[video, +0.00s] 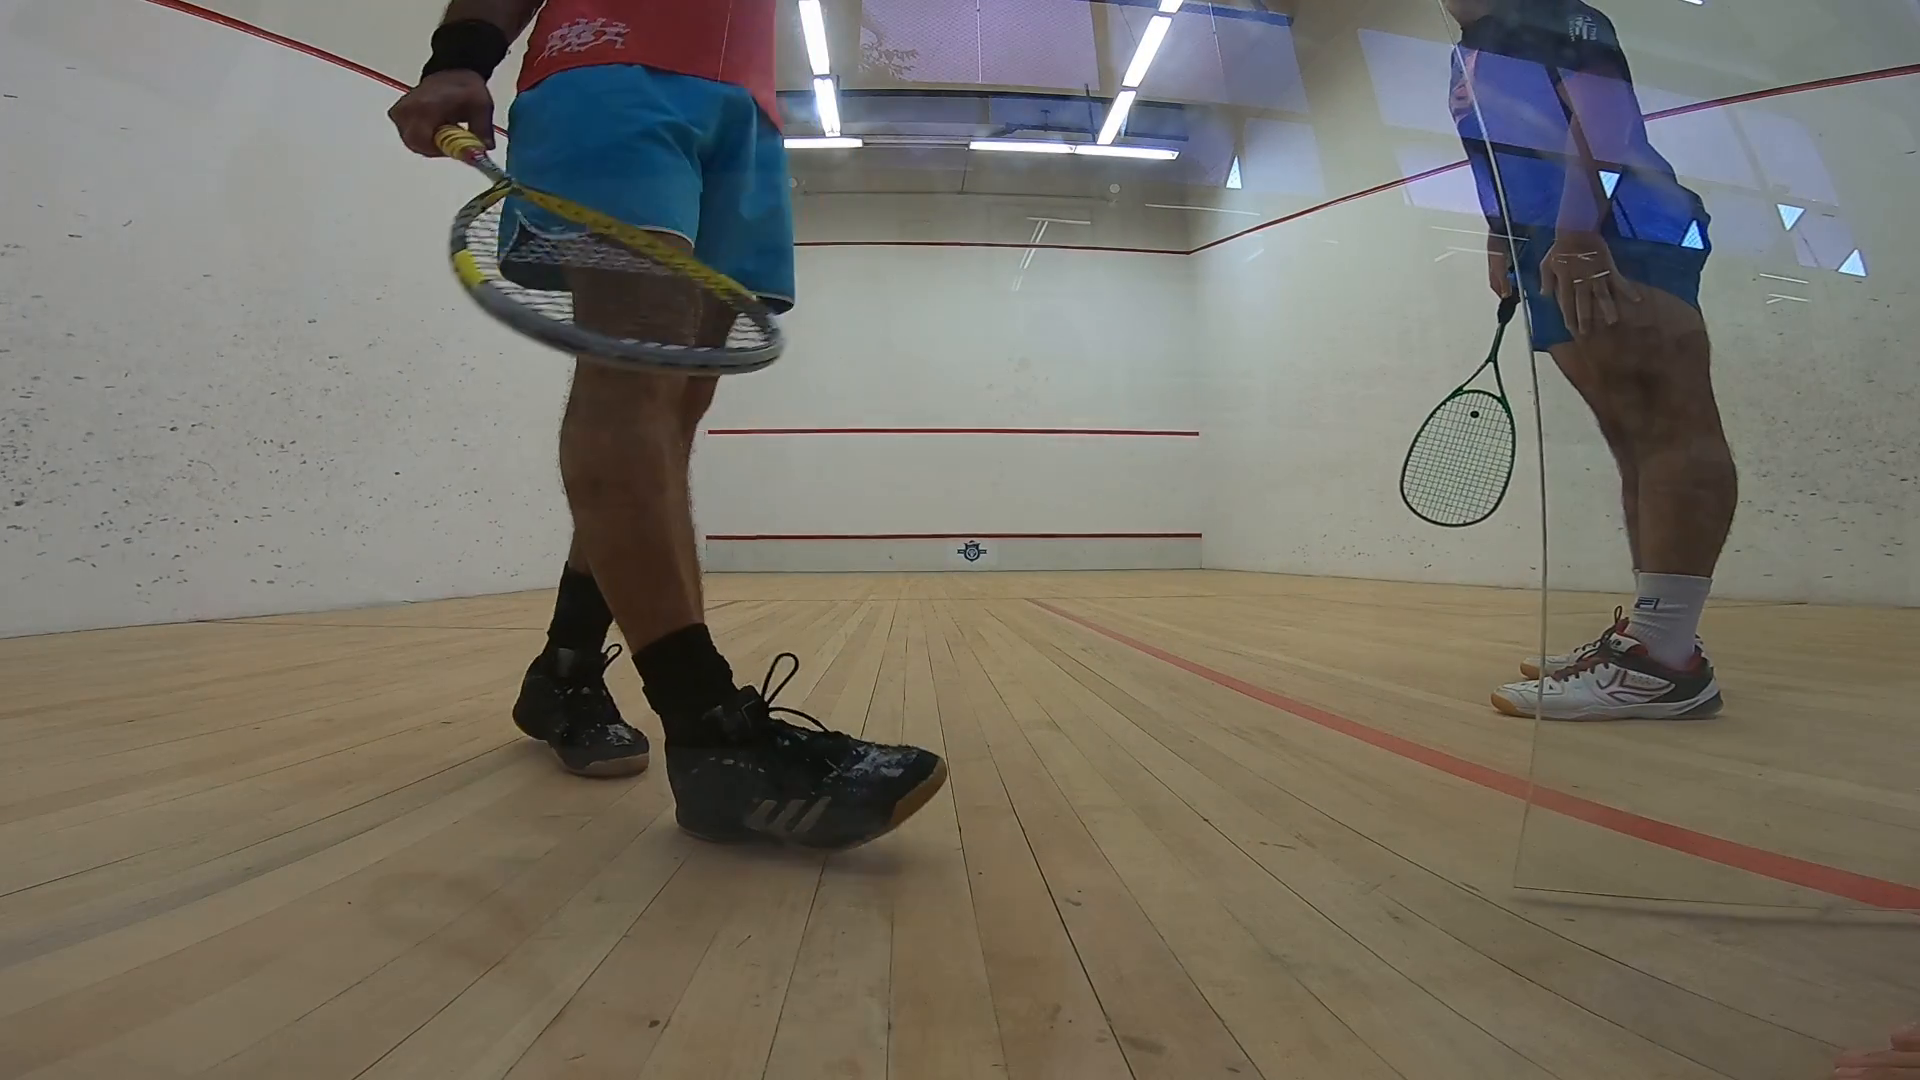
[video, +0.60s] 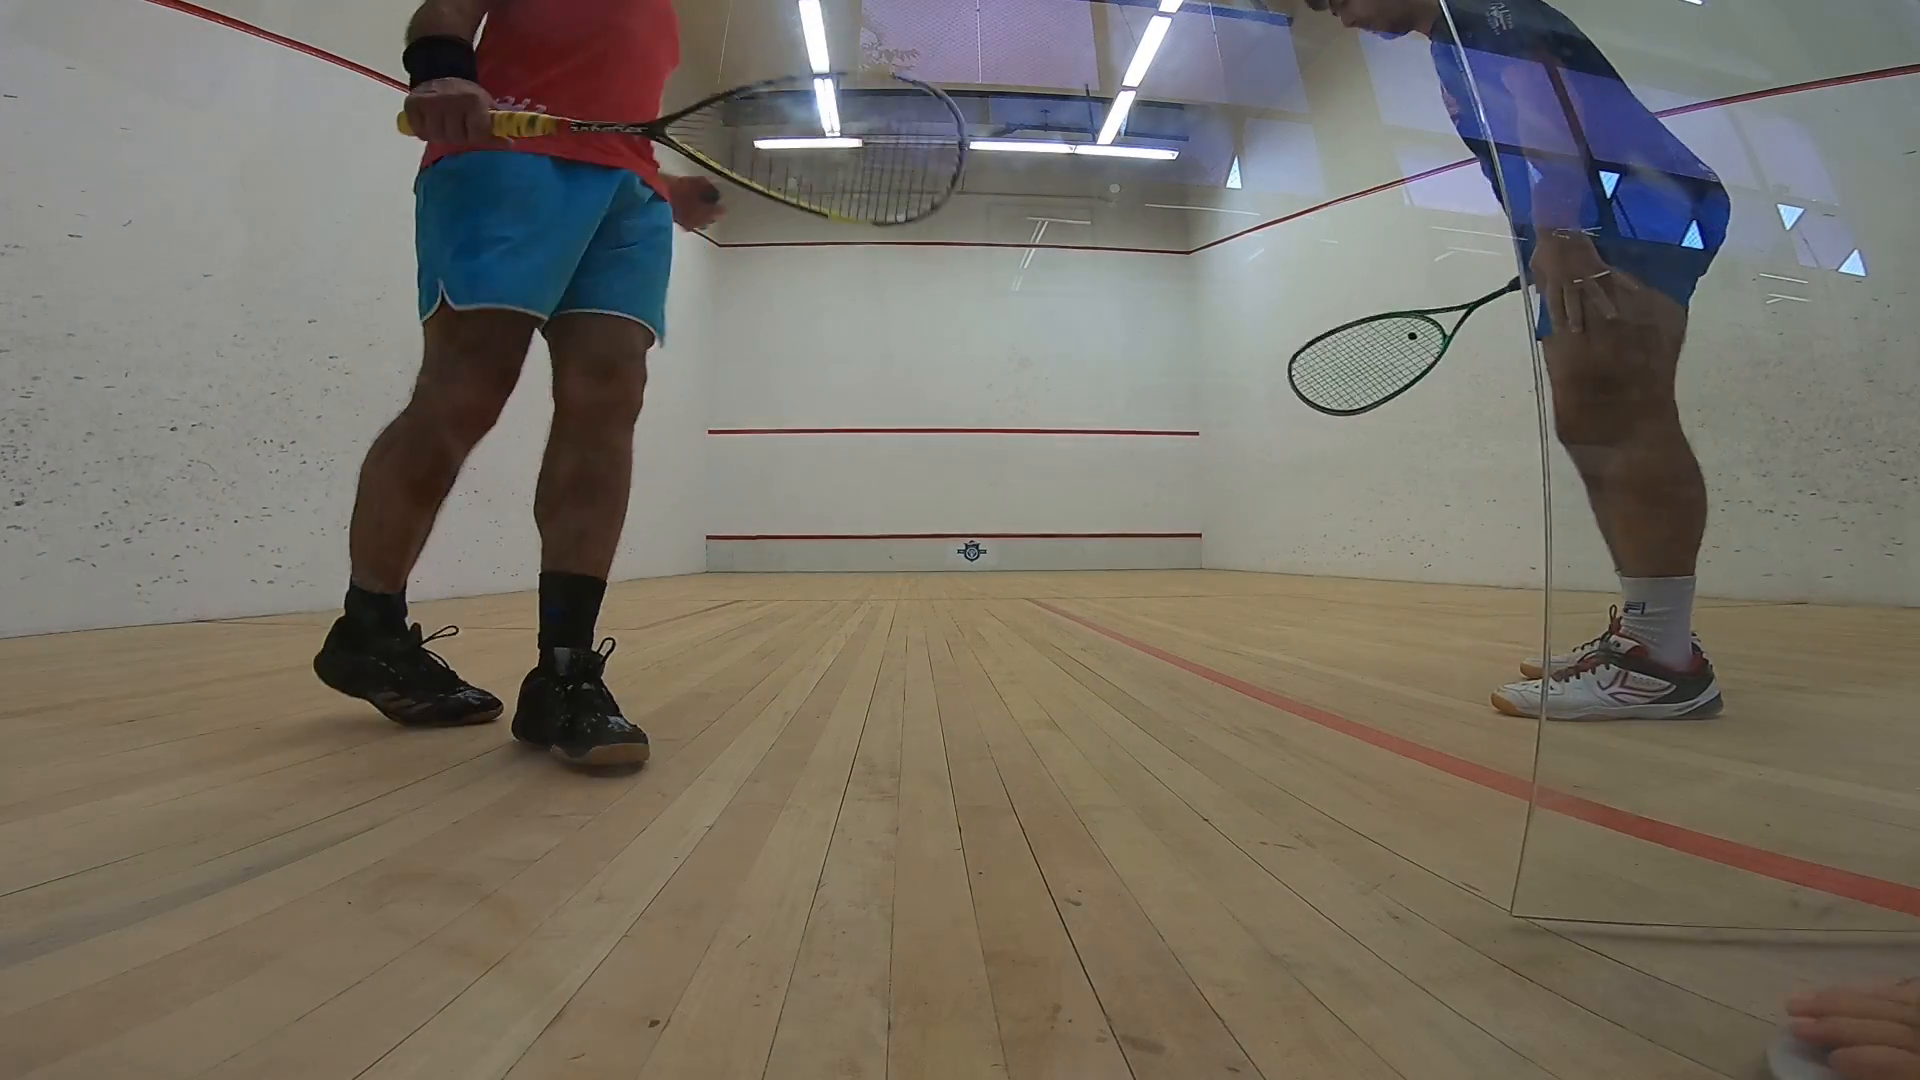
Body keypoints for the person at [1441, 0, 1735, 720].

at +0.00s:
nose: (1446, 3)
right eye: (1444, 6)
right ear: (1461, 8)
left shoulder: (1551, 15)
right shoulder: (1469, 57)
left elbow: (1605, 114)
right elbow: (1503, 155)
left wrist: (1579, 228)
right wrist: (1502, 241)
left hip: (1620, 233)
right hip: (1560, 253)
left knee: (1673, 430)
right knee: (1633, 441)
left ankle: (1667, 656)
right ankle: (1657, 642)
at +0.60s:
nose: (1348, 22)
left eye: (1340, 4)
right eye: (1336, 14)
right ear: (1364, 6)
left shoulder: (1487, 19)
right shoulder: (1459, 37)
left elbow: (1553, 122)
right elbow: (1528, 141)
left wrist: (1561, 229)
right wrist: (1543, 241)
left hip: (1637, 209)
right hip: (1596, 220)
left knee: (1625, 418)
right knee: (1593, 424)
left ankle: (1668, 658)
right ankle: (1648, 642)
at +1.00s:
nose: (1373, 102)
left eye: (1358, 90)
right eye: (1361, 100)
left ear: (1358, 54)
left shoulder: (1405, 54)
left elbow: (1464, 136)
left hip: (1605, 227)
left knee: (1624, 423)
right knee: (1611, 423)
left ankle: (1663, 658)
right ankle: (1627, 627)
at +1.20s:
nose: (1384, 114)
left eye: (1377, 100)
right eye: (1375, 109)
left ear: (1389, 72)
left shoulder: (1408, 70)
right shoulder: (1538, 94)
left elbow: (1443, 129)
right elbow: (1655, 163)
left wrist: (1461, 253)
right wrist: (1613, 240)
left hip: (1562, 234)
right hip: (1655, 243)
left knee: (1533, 427)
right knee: (1613, 439)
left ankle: (1643, 639)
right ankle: (1622, 635)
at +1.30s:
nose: (1391, 108)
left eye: (1386, 94)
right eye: (1383, 101)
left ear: (1401, 70)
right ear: (1449, 68)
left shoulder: (1414, 72)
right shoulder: (1539, 99)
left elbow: (1444, 141)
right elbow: (1646, 173)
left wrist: (1448, 269)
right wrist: (1615, 244)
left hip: (1533, 240)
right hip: (1637, 249)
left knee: (1474, 430)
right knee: (1603, 449)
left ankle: (1589, 598)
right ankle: (1620, 636)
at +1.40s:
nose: (1396, 113)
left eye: (1391, 100)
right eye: (1389, 106)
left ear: (1403, 76)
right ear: (1450, 70)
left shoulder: (1417, 75)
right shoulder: (1537, 104)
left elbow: (1440, 149)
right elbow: (1633, 177)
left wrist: (1434, 271)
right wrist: (1606, 253)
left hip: (1515, 248)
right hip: (1623, 257)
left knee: (1440, 422)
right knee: (1607, 448)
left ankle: (1530, 591)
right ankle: (1613, 634)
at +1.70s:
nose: (1376, 138)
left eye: (1374, 131)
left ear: (1378, 129)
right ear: (1430, 122)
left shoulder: (1373, 148)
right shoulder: (1498, 142)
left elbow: (1380, 218)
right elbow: (1587, 208)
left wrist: (1407, 321)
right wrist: (1567, 305)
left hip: (1474, 299)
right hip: (1575, 295)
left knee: (1450, 467)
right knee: (1580, 456)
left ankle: (1422, 613)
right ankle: (1611, 632)